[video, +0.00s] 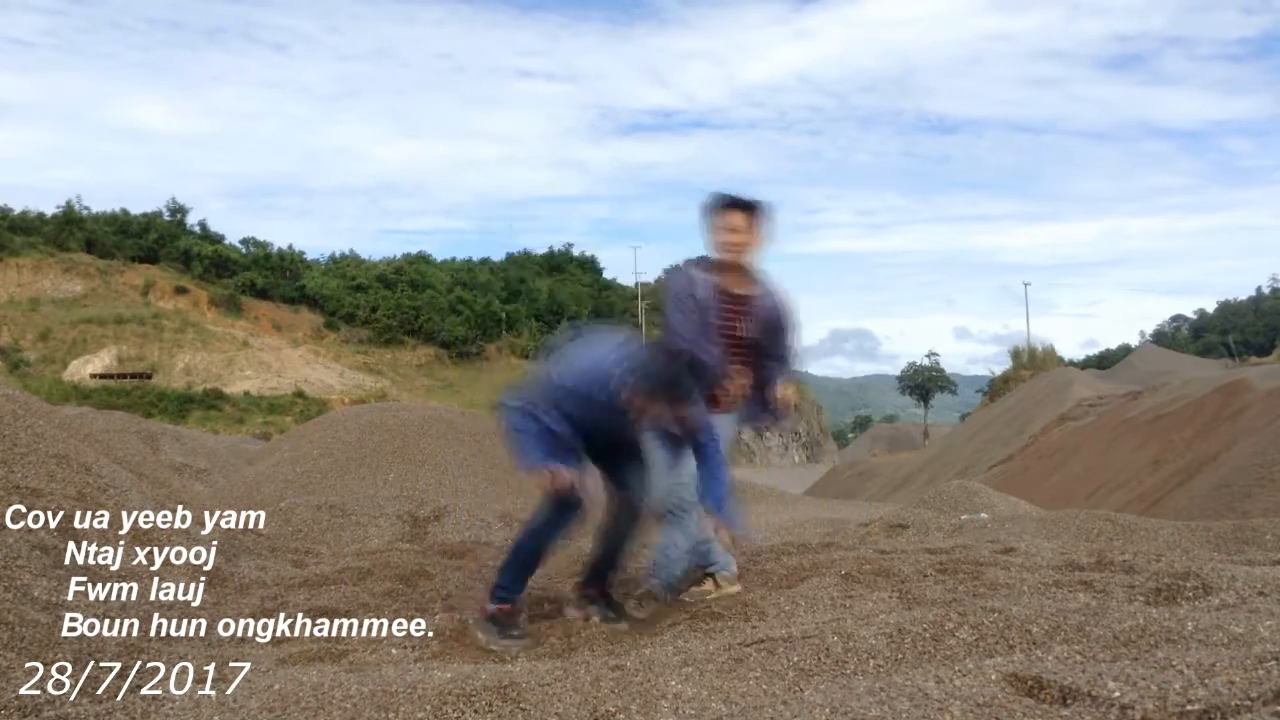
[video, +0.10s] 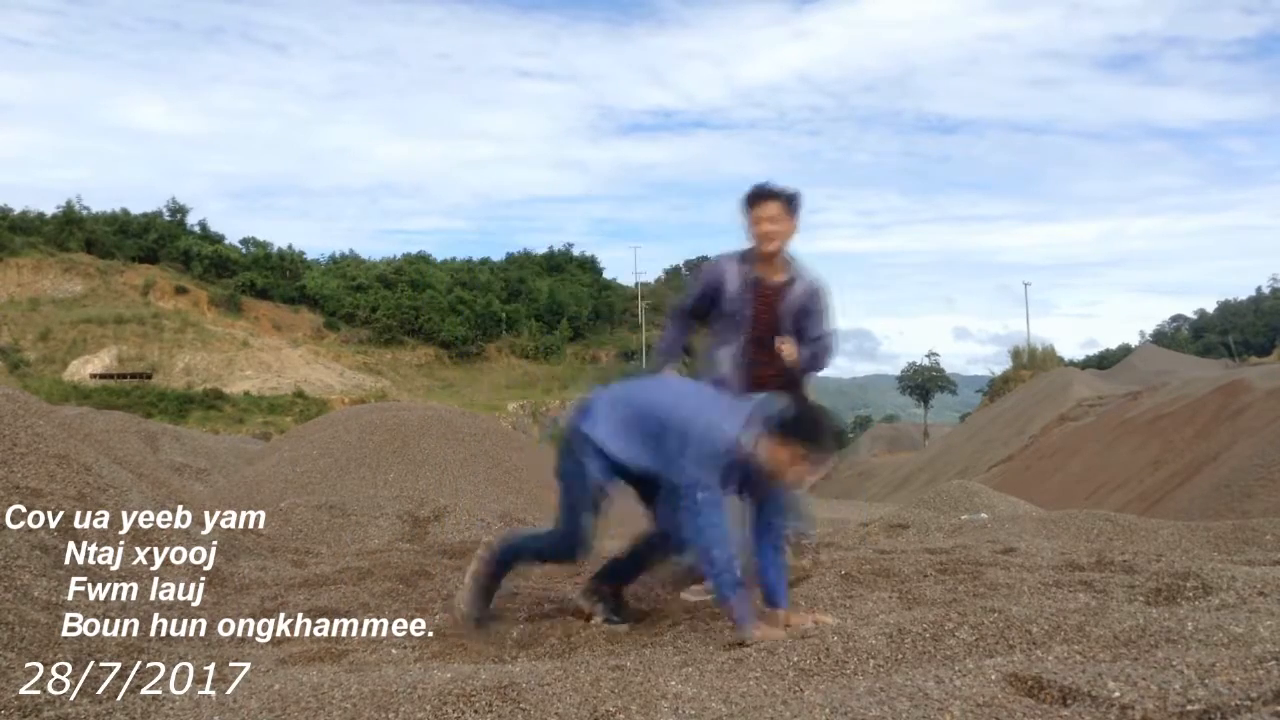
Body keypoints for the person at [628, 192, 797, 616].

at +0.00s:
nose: (732, 239)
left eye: (741, 232)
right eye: (724, 230)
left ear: (755, 237)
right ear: (710, 234)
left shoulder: (767, 301)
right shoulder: (686, 279)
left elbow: (773, 358)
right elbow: (682, 338)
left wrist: (777, 386)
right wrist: (719, 373)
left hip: (724, 409)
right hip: (671, 399)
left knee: (692, 493)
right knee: (668, 489)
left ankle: (663, 581)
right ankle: (718, 566)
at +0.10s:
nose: (767, 229)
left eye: (776, 220)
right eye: (759, 220)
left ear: (793, 225)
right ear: (748, 225)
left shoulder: (807, 288)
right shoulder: (722, 273)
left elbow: (822, 349)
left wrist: (801, 357)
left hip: (780, 402)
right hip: (723, 399)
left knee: (772, 490)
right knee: (707, 480)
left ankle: (767, 575)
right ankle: (709, 570)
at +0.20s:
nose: (788, 233)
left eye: (796, 224)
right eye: (779, 225)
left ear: (811, 229)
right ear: (768, 231)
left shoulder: (827, 286)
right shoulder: (750, 279)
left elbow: (846, 349)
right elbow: (739, 330)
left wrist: (820, 383)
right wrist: (728, 354)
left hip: (808, 398)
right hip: (758, 396)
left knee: (816, 477)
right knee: (753, 477)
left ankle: (826, 551)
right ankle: (753, 557)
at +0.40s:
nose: (777, 240)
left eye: (785, 233)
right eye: (770, 233)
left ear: (801, 236)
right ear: (761, 237)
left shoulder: (813, 286)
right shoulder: (759, 286)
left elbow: (825, 350)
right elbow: (757, 341)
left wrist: (813, 397)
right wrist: (759, 384)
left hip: (814, 389)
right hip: (785, 390)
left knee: (807, 467)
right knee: (802, 469)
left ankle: (825, 552)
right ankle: (814, 546)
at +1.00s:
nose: (786, 251)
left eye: (792, 242)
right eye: (784, 244)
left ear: (815, 242)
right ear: (798, 246)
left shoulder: (815, 283)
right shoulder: (808, 283)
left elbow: (809, 343)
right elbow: (800, 342)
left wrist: (783, 386)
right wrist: (781, 384)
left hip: (811, 392)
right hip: (810, 393)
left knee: (797, 467)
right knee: (808, 468)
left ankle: (809, 549)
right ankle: (821, 544)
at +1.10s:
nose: (784, 264)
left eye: (788, 255)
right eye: (782, 256)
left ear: (806, 253)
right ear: (813, 256)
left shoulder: (812, 285)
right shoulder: (829, 287)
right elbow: (834, 337)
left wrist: (792, 369)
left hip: (813, 388)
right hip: (834, 391)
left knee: (786, 458)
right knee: (815, 464)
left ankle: (825, 534)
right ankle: (825, 539)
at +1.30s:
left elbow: (724, 459)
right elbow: (796, 478)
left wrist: (707, 506)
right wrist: (778, 520)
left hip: (806, 410)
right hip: (839, 407)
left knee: (819, 472)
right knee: (843, 472)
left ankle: (874, 524)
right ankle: (857, 532)